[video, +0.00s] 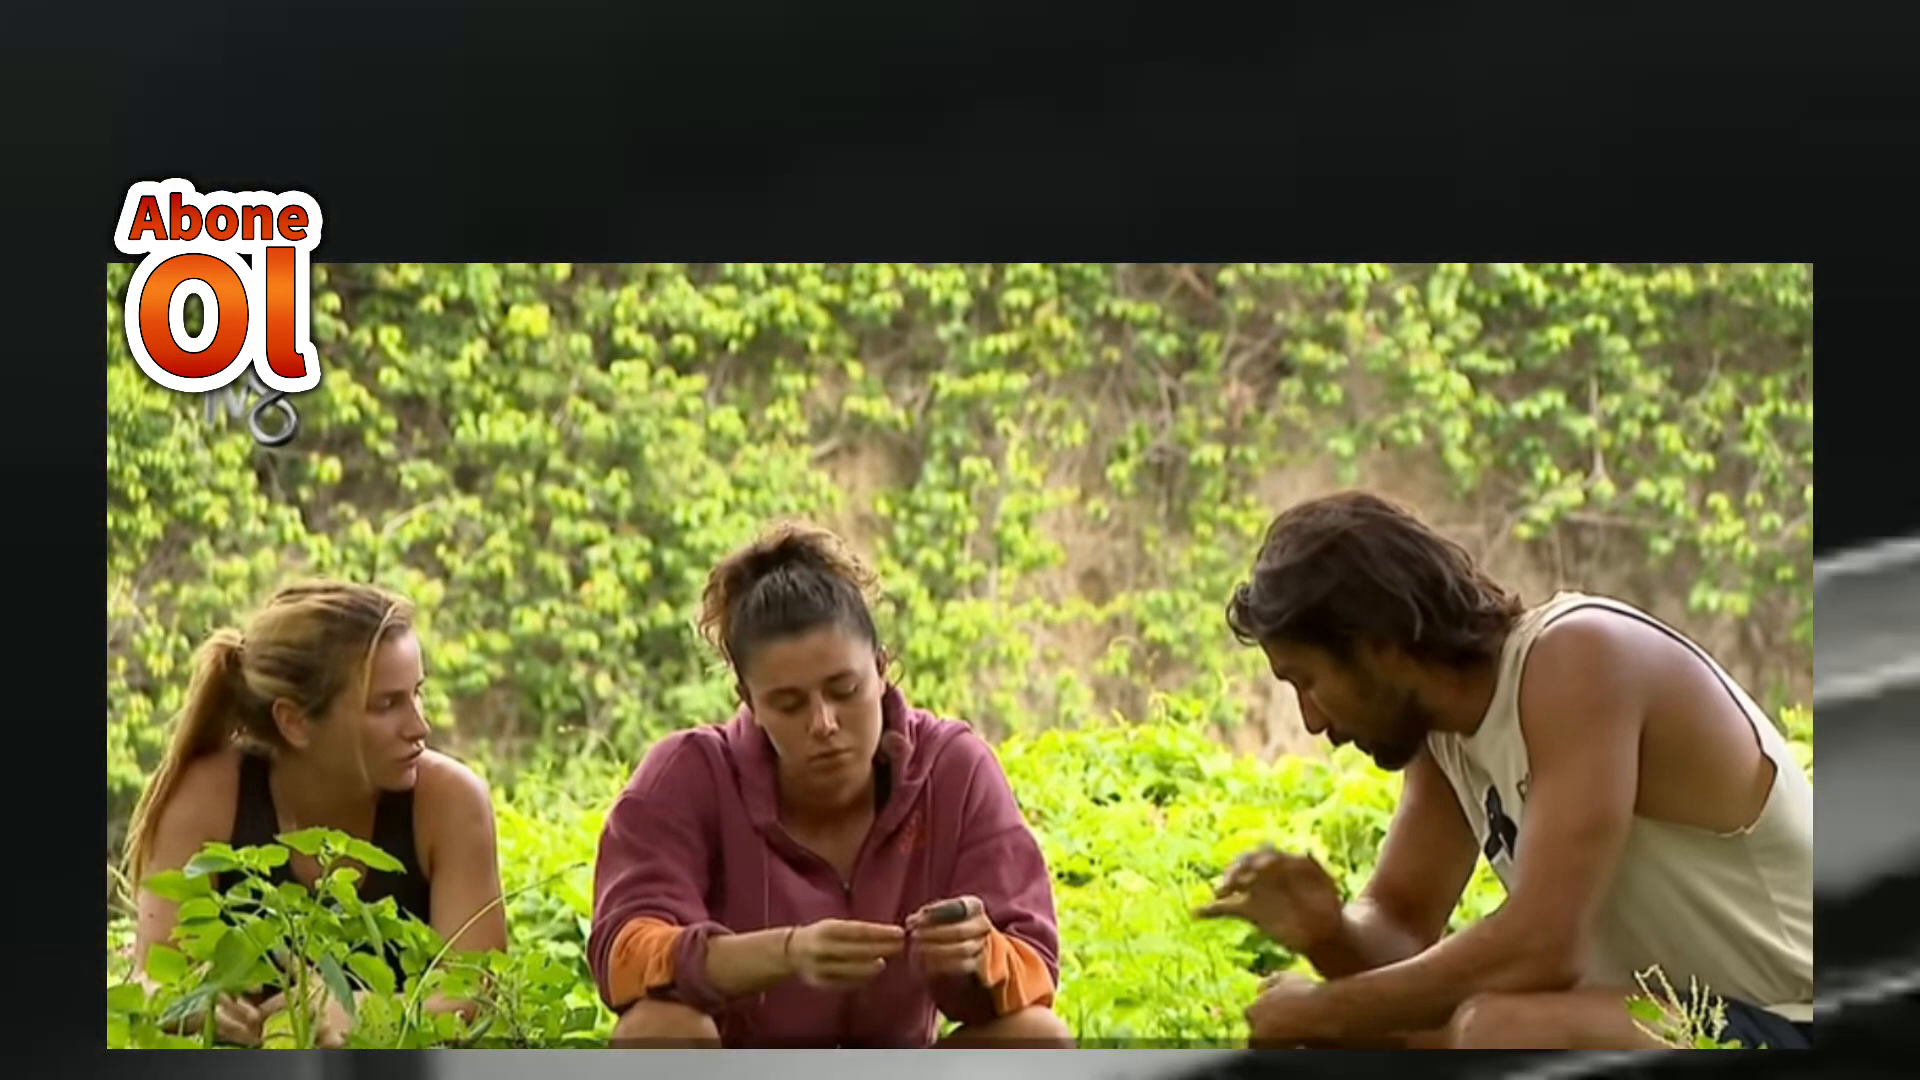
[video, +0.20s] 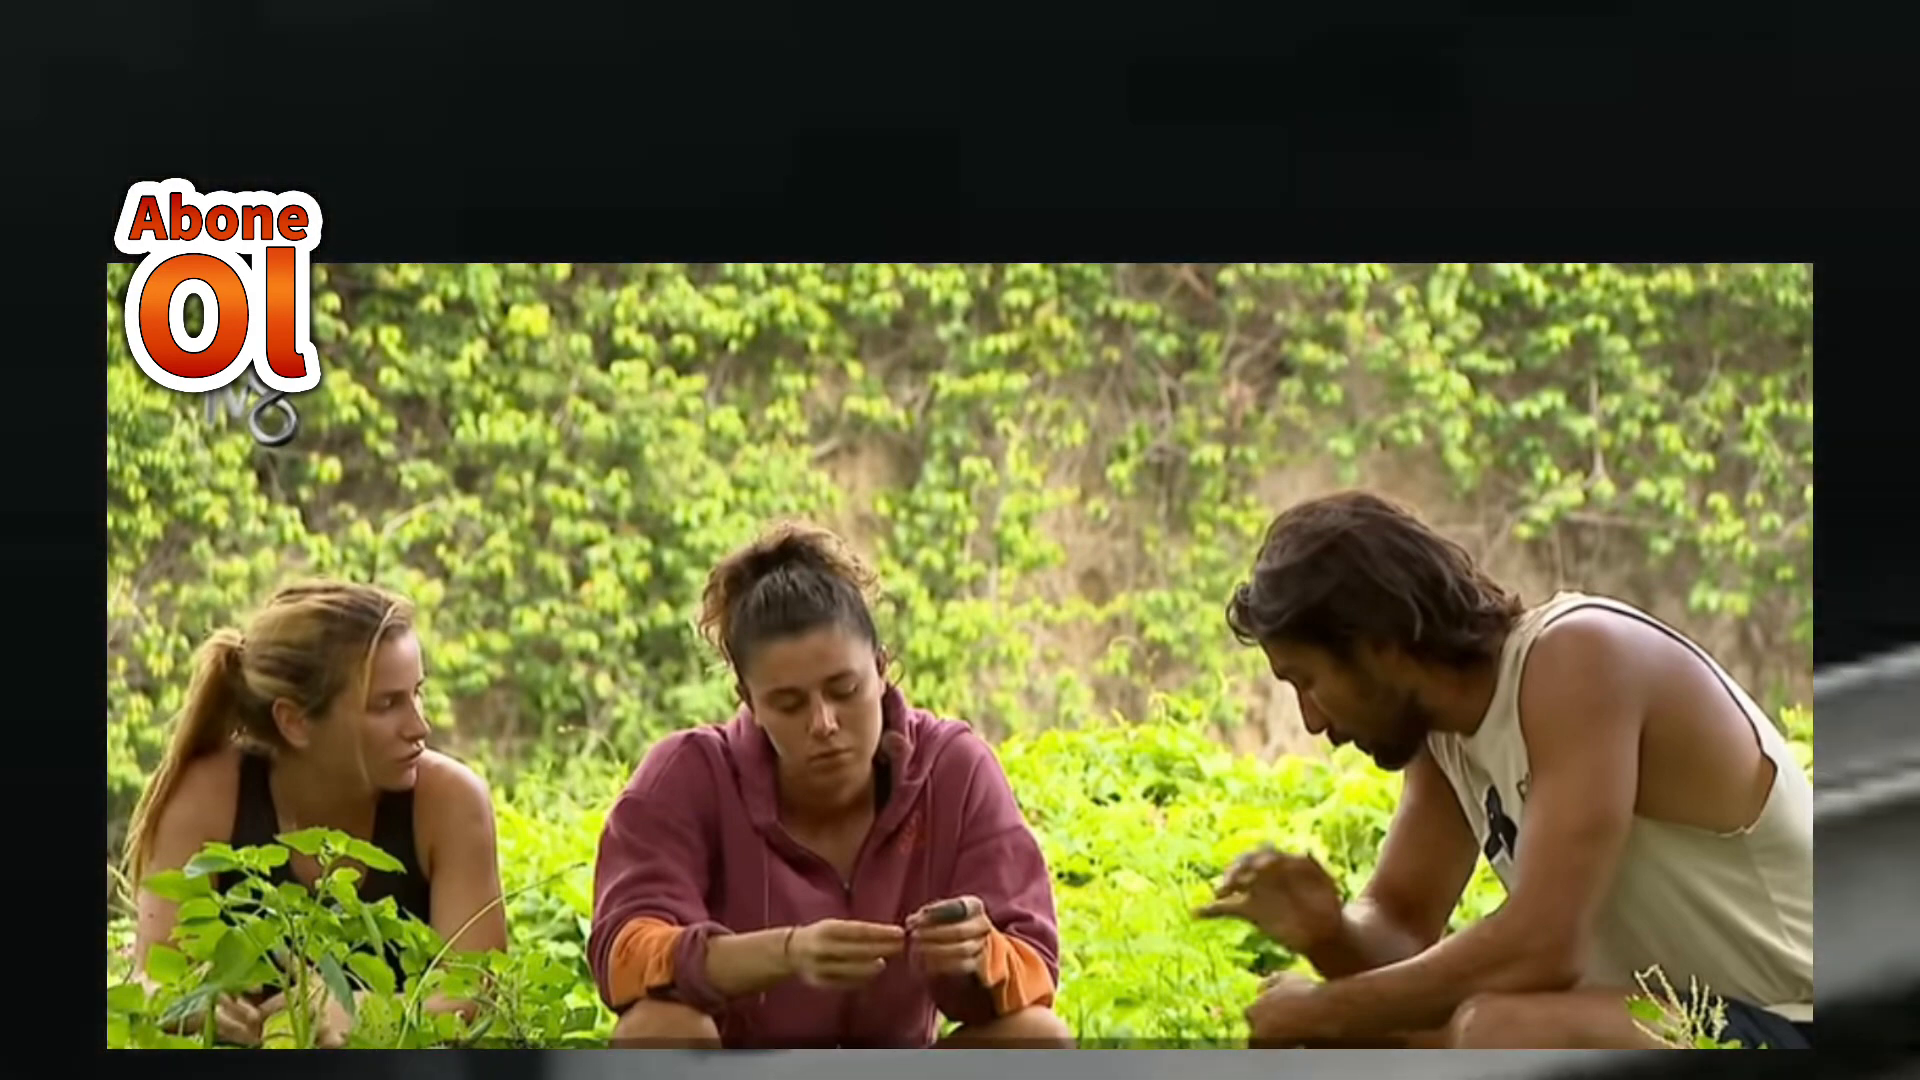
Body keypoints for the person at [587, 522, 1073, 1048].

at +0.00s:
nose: (824, 725)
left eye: (844, 690)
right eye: (789, 703)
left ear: (880, 670)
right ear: (747, 698)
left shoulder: (955, 766)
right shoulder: (687, 774)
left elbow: (1031, 970)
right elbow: (629, 957)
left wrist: (978, 953)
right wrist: (787, 951)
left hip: (898, 1062)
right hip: (738, 1063)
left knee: (1038, 1037)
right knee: (659, 1027)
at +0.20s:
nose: (824, 725)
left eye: (844, 690)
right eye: (789, 703)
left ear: (881, 670)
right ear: (747, 698)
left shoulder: (955, 766)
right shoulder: (687, 773)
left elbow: (1031, 970)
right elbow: (629, 958)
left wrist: (977, 953)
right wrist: (787, 952)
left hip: (897, 1062)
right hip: (737, 1065)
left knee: (1037, 1037)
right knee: (658, 1027)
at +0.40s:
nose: (824, 725)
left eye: (844, 690)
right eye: (789, 703)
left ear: (881, 670)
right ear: (747, 699)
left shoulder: (955, 766)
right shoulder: (687, 773)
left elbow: (1031, 970)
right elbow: (629, 958)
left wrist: (977, 953)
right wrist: (786, 951)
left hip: (896, 1059)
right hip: (737, 1058)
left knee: (1037, 1036)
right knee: (657, 1026)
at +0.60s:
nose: (824, 725)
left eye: (844, 690)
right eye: (789, 703)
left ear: (880, 670)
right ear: (747, 699)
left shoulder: (955, 766)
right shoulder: (687, 773)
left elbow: (1031, 969)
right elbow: (629, 957)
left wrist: (978, 953)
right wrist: (787, 951)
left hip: (898, 1056)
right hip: (740, 1057)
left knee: (1038, 1037)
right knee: (658, 1026)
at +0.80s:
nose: (824, 725)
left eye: (844, 690)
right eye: (789, 703)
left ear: (880, 670)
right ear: (747, 699)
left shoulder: (955, 766)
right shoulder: (687, 773)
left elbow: (1031, 969)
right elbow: (629, 957)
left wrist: (978, 953)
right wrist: (787, 951)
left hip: (897, 1059)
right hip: (739, 1058)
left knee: (1037, 1037)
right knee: (658, 1026)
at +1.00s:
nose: (824, 725)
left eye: (844, 690)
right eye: (789, 703)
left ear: (881, 670)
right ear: (747, 699)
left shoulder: (955, 766)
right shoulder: (687, 773)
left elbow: (1031, 968)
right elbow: (629, 957)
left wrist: (978, 953)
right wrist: (787, 951)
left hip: (896, 1059)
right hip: (739, 1060)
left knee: (1037, 1036)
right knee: (657, 1026)